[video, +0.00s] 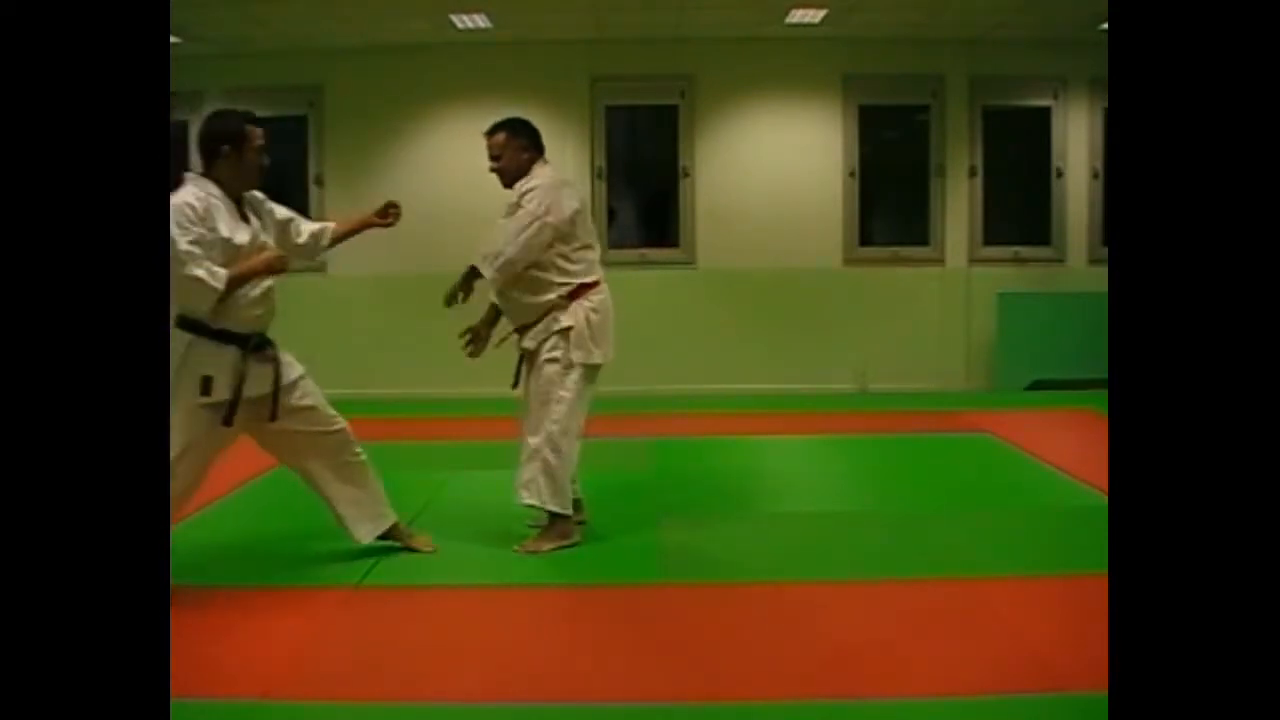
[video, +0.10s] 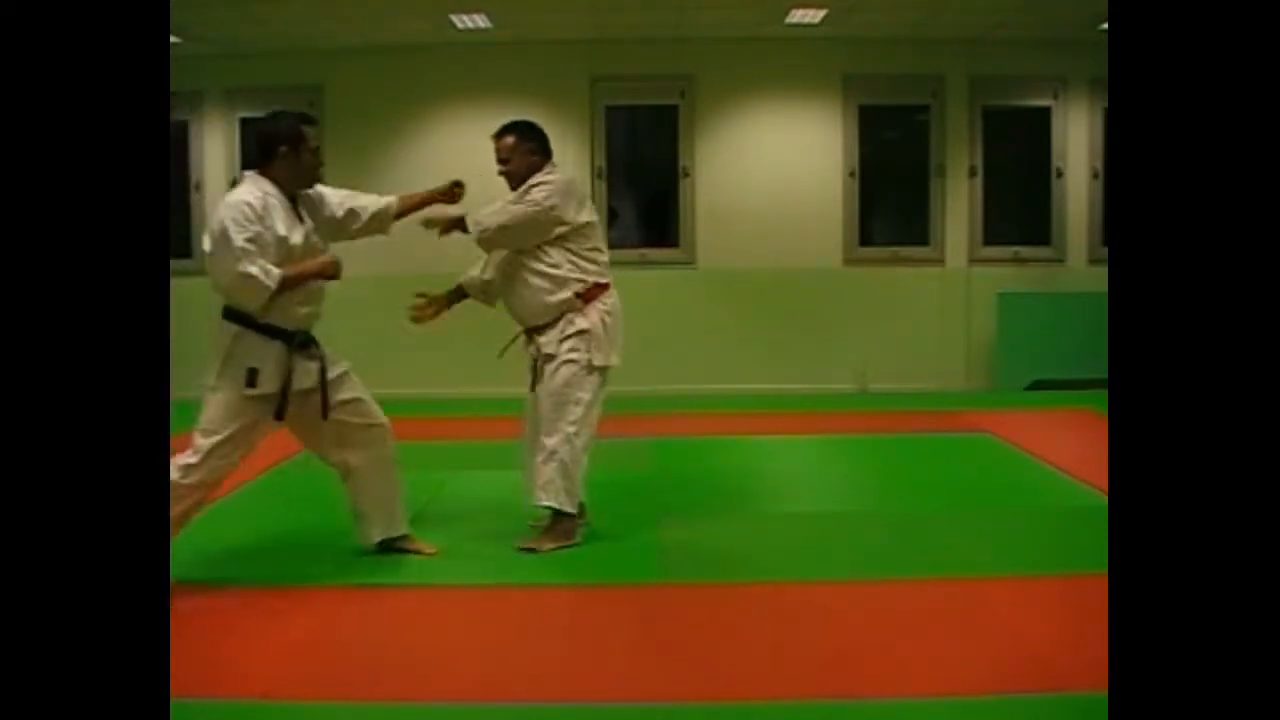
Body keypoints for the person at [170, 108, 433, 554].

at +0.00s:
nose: (264, 161)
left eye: (264, 152)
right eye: (257, 152)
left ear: (229, 155)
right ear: (226, 154)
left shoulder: (253, 206)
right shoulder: (187, 206)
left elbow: (307, 237)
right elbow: (194, 285)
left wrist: (369, 220)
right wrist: (253, 266)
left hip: (256, 355)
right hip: (200, 357)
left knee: (330, 436)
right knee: (178, 474)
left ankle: (384, 526)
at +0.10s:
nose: (318, 162)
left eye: (317, 152)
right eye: (311, 153)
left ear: (284, 155)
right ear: (283, 155)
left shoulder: (304, 201)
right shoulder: (243, 206)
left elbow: (365, 211)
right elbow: (246, 282)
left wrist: (431, 197)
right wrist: (311, 268)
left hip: (300, 351)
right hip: (254, 351)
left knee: (369, 431)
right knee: (206, 463)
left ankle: (387, 534)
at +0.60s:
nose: (396, 158)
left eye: (395, 149)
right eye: (387, 150)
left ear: (372, 155)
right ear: (358, 154)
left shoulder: (392, 208)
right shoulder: (305, 205)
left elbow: (461, 215)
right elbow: (278, 272)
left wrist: (532, 217)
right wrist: (338, 283)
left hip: (354, 347)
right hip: (301, 344)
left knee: (415, 430)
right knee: (273, 455)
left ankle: (403, 535)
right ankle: (216, 563)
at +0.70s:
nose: (398, 163)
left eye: (397, 153)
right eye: (389, 154)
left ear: (373, 159)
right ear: (359, 157)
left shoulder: (392, 211)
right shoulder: (304, 207)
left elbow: (461, 223)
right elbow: (275, 273)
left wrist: (534, 231)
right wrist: (331, 288)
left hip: (353, 347)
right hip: (299, 343)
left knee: (416, 430)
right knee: (271, 453)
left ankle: (403, 536)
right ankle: (218, 562)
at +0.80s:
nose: (397, 163)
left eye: (397, 154)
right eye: (389, 154)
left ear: (375, 158)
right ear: (358, 156)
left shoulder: (392, 211)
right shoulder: (302, 207)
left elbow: (462, 225)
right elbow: (273, 273)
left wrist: (535, 233)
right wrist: (330, 288)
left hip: (352, 347)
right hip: (298, 344)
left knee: (414, 430)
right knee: (268, 454)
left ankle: (402, 536)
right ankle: (217, 564)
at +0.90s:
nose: (396, 164)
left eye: (396, 154)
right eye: (388, 154)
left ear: (373, 159)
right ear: (357, 157)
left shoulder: (390, 210)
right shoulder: (300, 205)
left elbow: (461, 225)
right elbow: (271, 272)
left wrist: (535, 234)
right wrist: (327, 287)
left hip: (351, 346)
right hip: (297, 342)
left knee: (412, 430)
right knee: (266, 455)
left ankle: (404, 536)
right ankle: (217, 564)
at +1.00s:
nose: (395, 164)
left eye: (395, 154)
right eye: (387, 154)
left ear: (373, 159)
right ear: (356, 156)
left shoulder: (389, 211)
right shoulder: (298, 204)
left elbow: (460, 226)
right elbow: (265, 269)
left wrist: (534, 237)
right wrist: (319, 286)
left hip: (350, 345)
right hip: (295, 341)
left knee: (412, 430)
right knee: (267, 454)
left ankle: (404, 537)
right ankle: (217, 565)